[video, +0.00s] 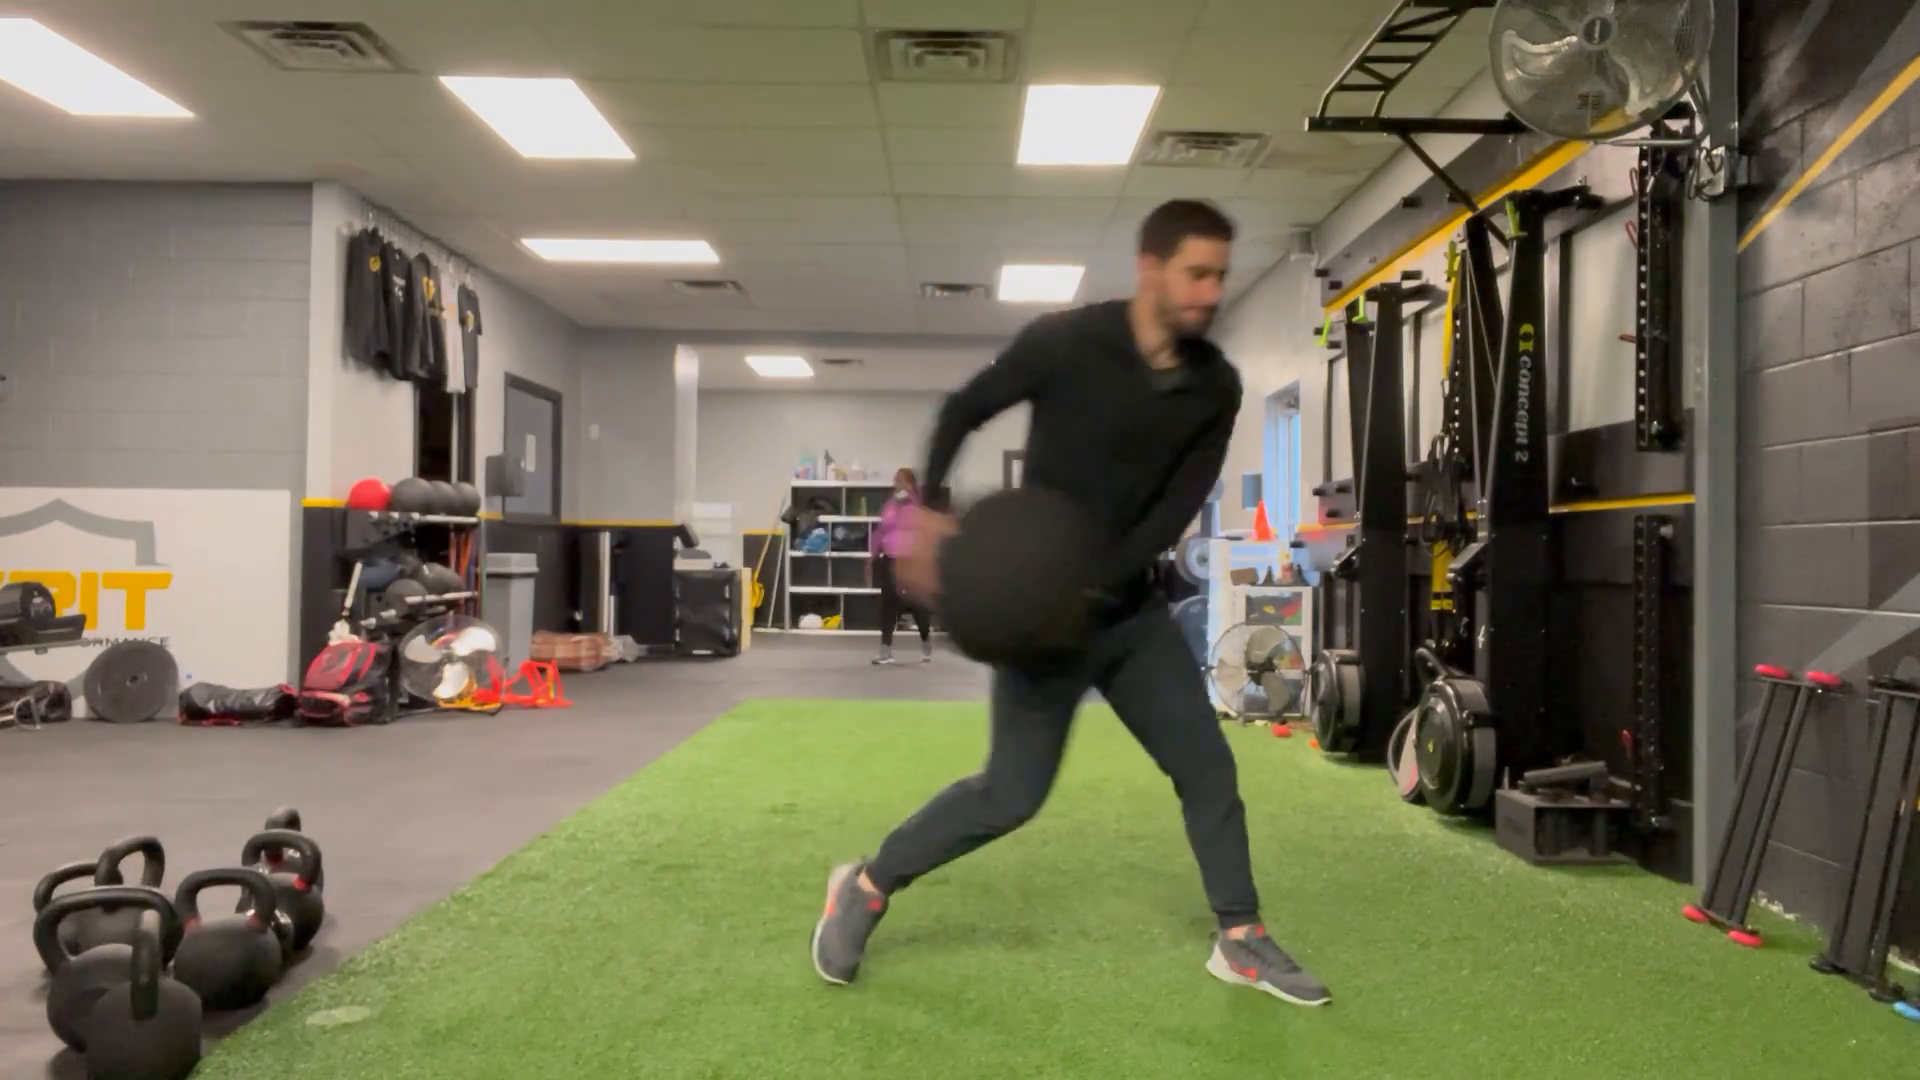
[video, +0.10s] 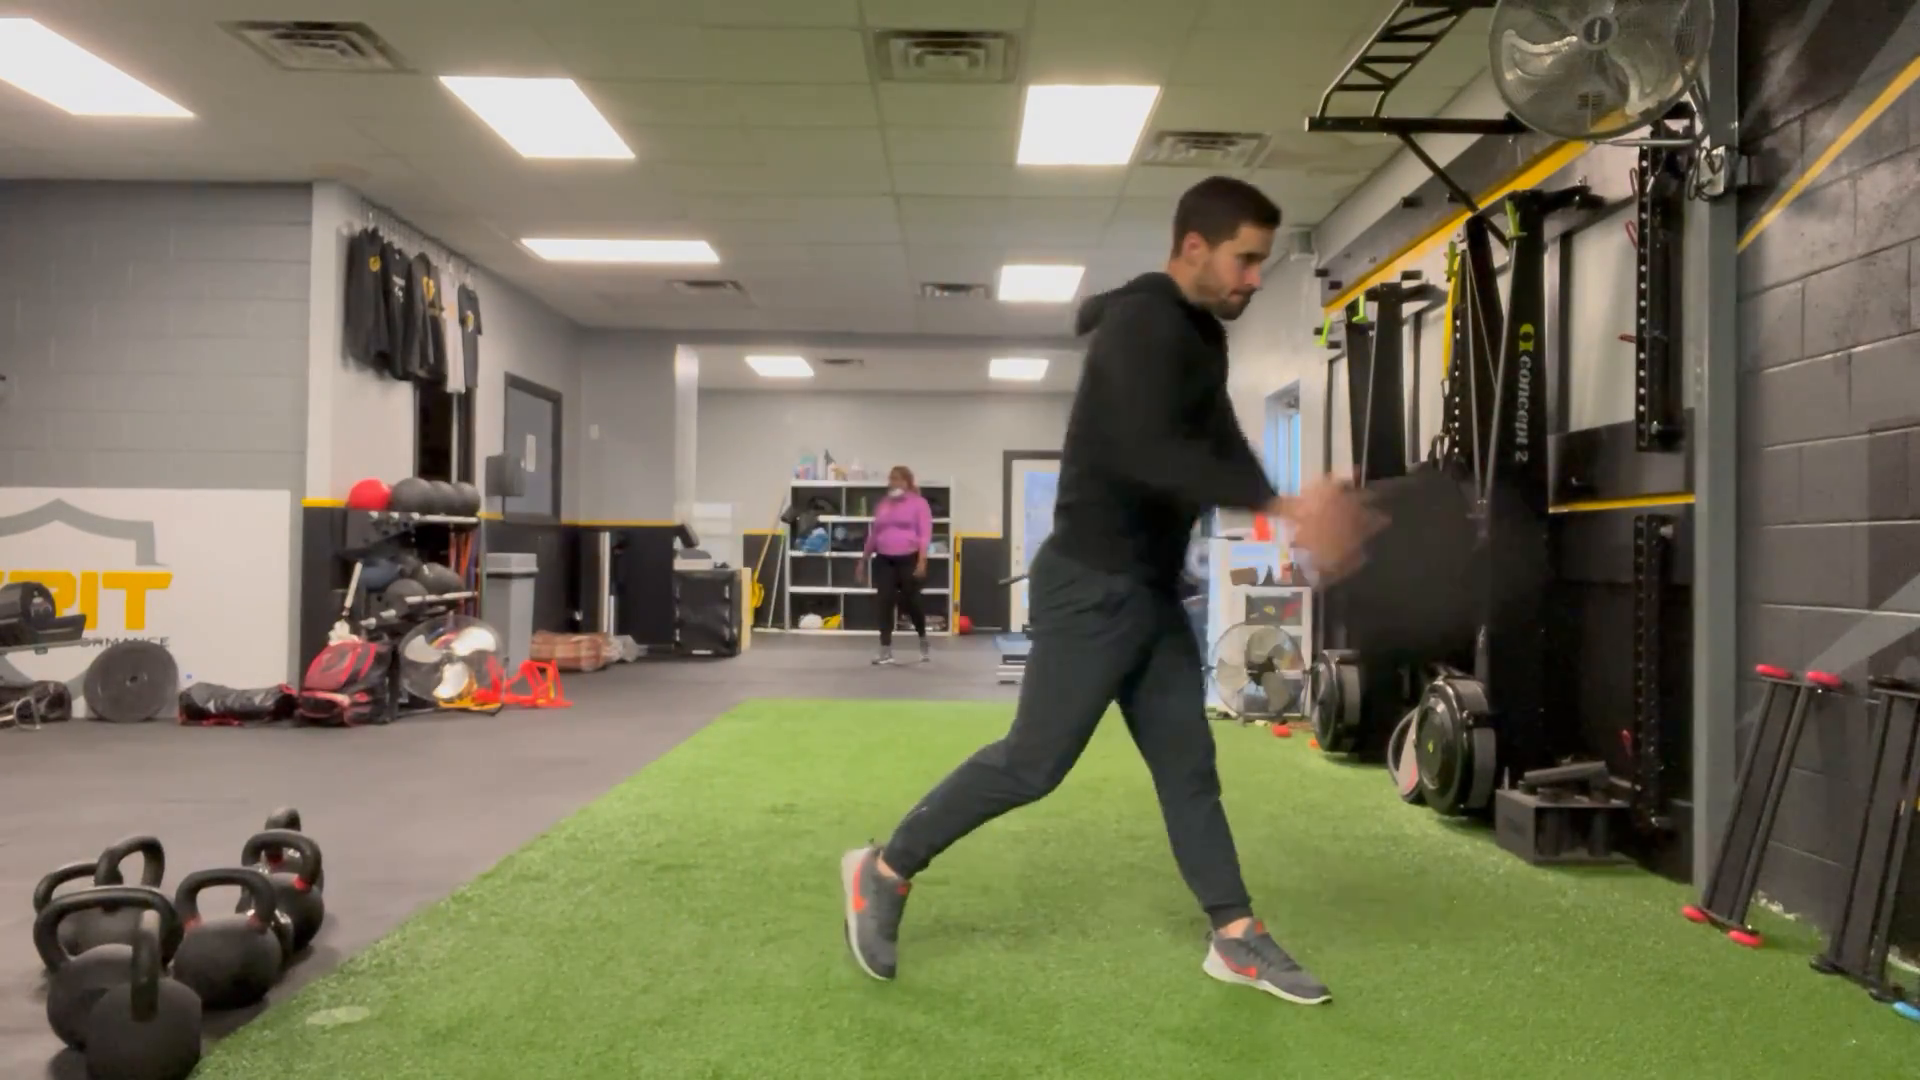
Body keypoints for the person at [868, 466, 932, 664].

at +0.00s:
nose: (897, 485)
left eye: (901, 481)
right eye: (896, 481)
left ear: (910, 483)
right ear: (895, 482)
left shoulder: (917, 505)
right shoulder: (891, 504)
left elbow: (925, 530)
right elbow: (881, 529)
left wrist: (925, 556)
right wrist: (873, 554)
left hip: (912, 558)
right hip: (889, 558)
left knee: (917, 601)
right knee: (889, 602)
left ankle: (925, 643)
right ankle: (885, 648)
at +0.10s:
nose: (893, 483)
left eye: (897, 479)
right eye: (891, 479)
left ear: (907, 481)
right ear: (889, 481)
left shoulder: (918, 503)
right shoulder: (884, 503)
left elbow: (925, 533)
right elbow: (874, 532)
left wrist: (922, 561)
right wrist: (864, 558)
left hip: (908, 557)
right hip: (884, 557)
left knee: (910, 600)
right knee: (884, 602)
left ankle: (923, 638)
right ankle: (885, 648)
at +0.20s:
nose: (888, 482)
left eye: (892, 478)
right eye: (887, 478)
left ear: (902, 480)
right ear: (885, 480)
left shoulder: (915, 502)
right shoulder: (878, 503)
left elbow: (922, 531)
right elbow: (868, 530)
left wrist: (923, 559)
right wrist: (857, 557)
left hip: (906, 555)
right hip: (881, 556)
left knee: (904, 598)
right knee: (883, 601)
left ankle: (914, 637)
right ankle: (885, 648)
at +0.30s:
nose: (883, 480)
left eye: (887, 477)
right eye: (882, 476)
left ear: (898, 479)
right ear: (882, 479)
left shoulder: (913, 502)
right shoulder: (874, 502)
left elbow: (921, 531)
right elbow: (863, 529)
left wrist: (924, 560)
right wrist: (852, 553)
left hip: (903, 556)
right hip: (879, 556)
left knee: (901, 598)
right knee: (882, 601)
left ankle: (905, 641)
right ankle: (884, 649)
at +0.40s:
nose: (881, 480)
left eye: (885, 476)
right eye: (880, 476)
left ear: (897, 479)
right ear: (880, 478)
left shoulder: (911, 503)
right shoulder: (871, 502)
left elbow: (921, 531)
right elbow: (860, 526)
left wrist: (924, 558)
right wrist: (852, 548)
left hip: (902, 557)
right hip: (877, 558)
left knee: (899, 600)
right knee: (881, 603)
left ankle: (901, 649)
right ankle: (885, 649)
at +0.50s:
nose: (880, 480)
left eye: (884, 477)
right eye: (880, 477)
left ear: (896, 481)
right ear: (880, 479)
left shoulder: (911, 503)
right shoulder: (870, 502)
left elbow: (923, 531)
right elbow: (858, 526)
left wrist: (922, 557)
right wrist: (856, 543)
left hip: (901, 558)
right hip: (875, 558)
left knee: (897, 602)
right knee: (880, 604)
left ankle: (899, 650)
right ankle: (884, 648)